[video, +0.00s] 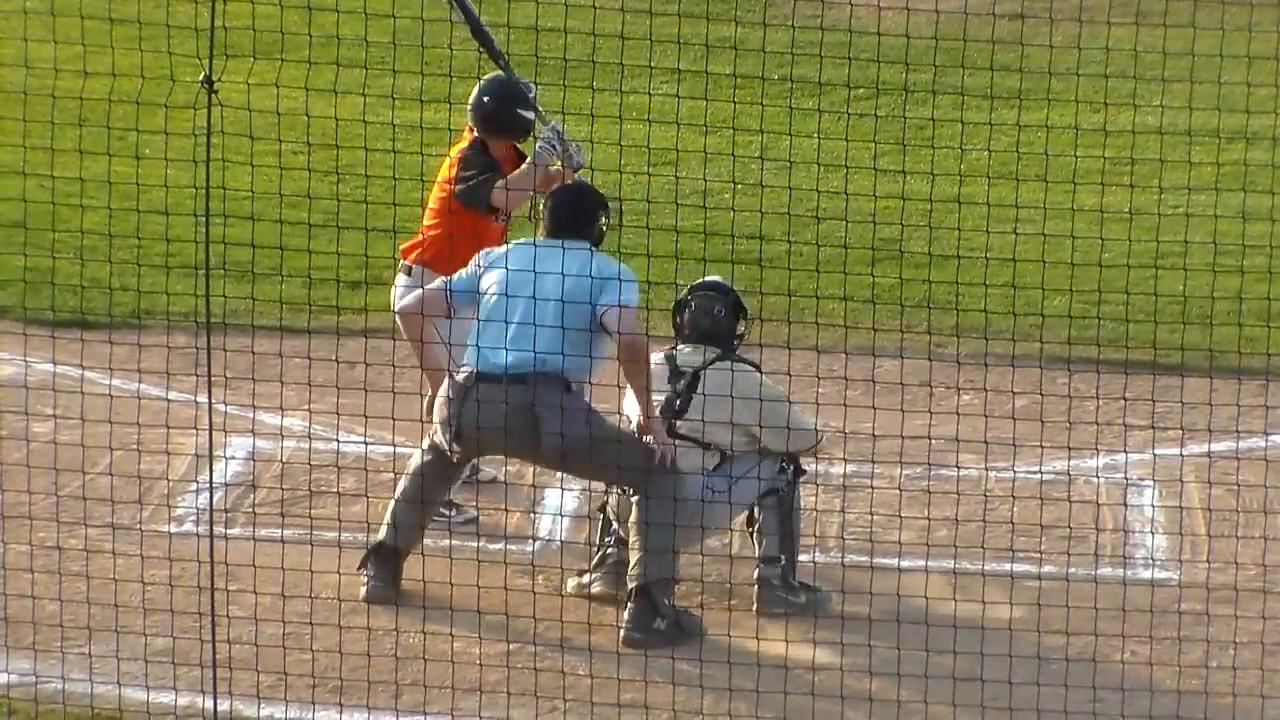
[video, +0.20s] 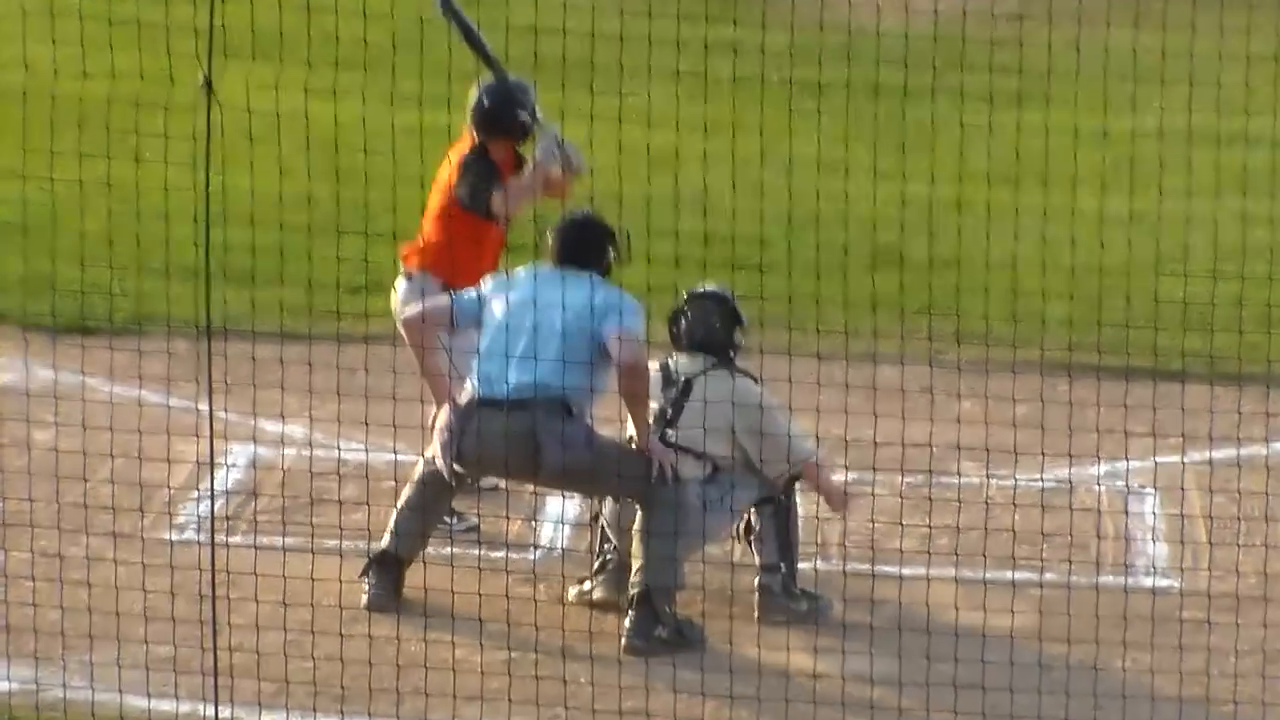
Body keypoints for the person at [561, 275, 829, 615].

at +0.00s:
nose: (738, 329)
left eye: (734, 320)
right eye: (736, 322)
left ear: (679, 324)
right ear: (731, 328)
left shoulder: (649, 368)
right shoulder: (742, 378)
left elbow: (625, 426)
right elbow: (805, 439)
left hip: (634, 504)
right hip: (692, 511)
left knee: (626, 451)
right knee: (781, 466)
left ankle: (607, 567)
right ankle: (777, 583)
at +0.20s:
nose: (736, 339)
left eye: (735, 331)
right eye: (733, 332)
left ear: (678, 333)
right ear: (727, 336)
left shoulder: (649, 376)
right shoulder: (739, 391)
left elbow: (627, 439)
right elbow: (797, 455)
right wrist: (831, 491)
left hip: (627, 517)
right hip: (685, 523)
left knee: (621, 459)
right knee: (776, 478)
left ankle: (606, 576)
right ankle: (778, 590)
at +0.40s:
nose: (733, 341)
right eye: (729, 333)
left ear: (671, 336)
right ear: (722, 341)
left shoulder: (643, 375)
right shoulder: (731, 390)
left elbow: (615, 440)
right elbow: (770, 470)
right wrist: (804, 524)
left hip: (630, 511)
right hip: (685, 517)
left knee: (614, 459)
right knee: (764, 477)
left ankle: (608, 573)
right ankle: (775, 589)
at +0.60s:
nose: (727, 345)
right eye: (725, 338)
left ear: (667, 341)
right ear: (719, 345)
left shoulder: (639, 380)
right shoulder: (727, 395)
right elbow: (748, 477)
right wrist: (770, 547)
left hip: (623, 510)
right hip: (686, 514)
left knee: (613, 465)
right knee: (766, 470)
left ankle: (605, 578)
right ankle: (775, 592)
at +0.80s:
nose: (727, 348)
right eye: (724, 341)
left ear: (665, 342)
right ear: (717, 347)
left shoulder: (637, 381)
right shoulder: (724, 394)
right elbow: (738, 476)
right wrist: (756, 544)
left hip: (622, 508)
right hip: (685, 512)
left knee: (613, 469)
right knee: (764, 474)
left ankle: (605, 578)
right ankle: (775, 591)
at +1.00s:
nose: (724, 346)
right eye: (721, 339)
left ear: (662, 342)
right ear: (716, 346)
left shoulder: (636, 382)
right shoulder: (724, 394)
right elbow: (740, 479)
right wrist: (763, 548)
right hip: (690, 510)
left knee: (615, 470)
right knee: (765, 476)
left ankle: (606, 578)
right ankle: (776, 593)